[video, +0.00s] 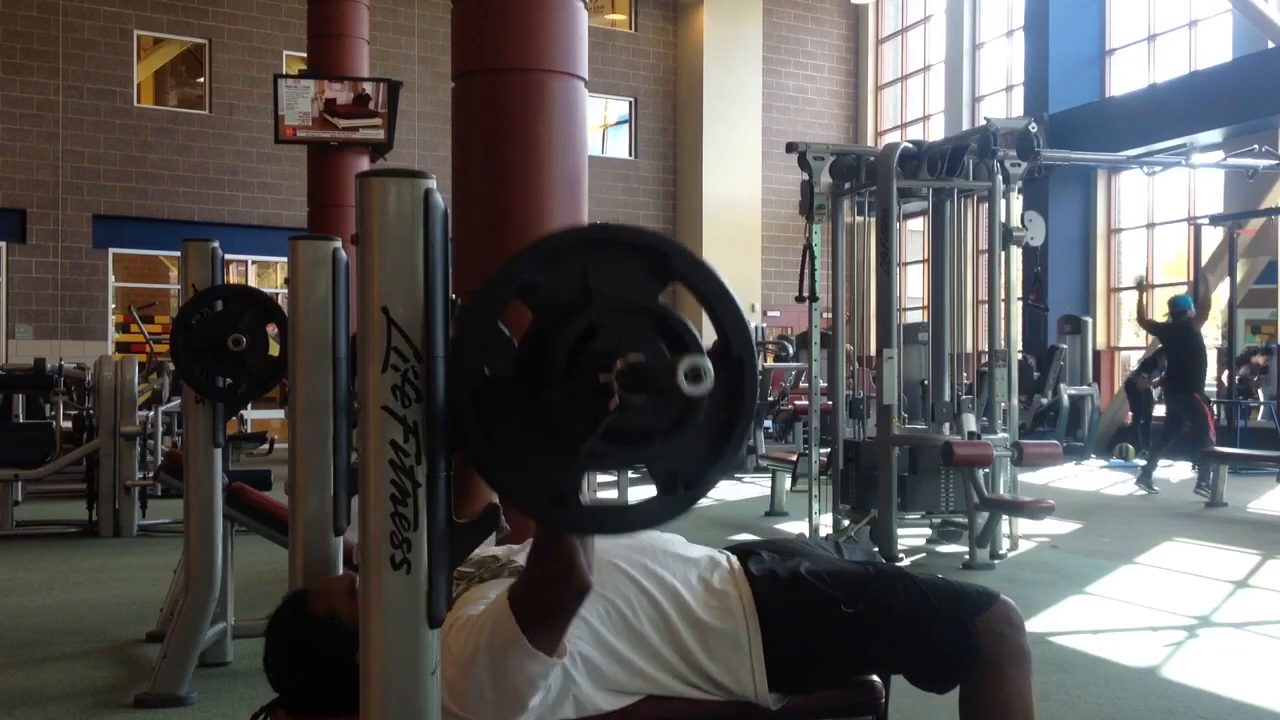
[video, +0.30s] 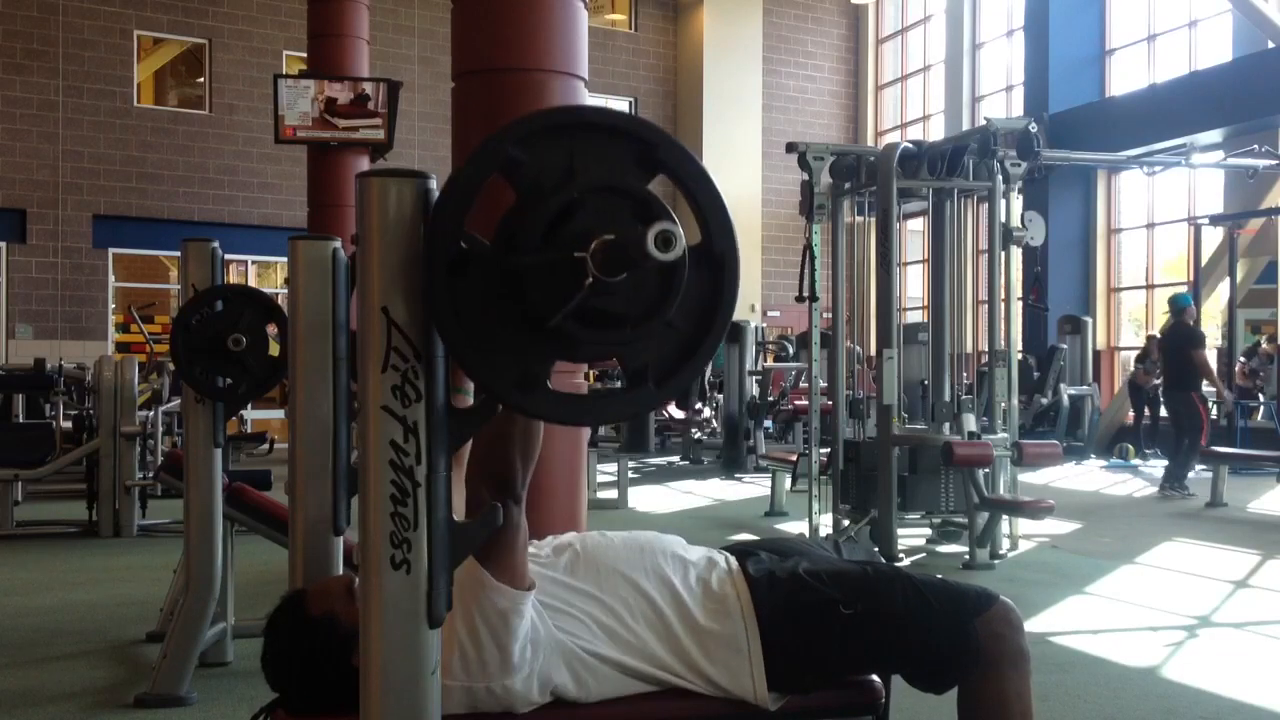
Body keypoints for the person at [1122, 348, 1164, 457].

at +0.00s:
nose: (1165, 362)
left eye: (1166, 359)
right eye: (1164, 358)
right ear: (1159, 356)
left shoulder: (1164, 366)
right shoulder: (1149, 363)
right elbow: (1141, 383)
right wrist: (1159, 381)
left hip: (1146, 386)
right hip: (1134, 385)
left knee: (1147, 417)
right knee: (1138, 417)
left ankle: (1148, 448)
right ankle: (1139, 449)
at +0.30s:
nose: (1153, 347)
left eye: (1155, 344)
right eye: (1151, 344)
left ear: (1158, 345)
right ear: (1147, 344)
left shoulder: (1161, 358)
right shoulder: (1141, 357)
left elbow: (1163, 375)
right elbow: (1139, 378)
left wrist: (1152, 381)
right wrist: (1154, 378)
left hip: (1153, 385)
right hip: (1137, 385)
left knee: (1155, 416)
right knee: (1139, 415)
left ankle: (1153, 446)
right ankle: (1140, 448)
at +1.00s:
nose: (1150, 334)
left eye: (1151, 331)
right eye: (1146, 331)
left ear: (1155, 331)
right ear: (1143, 333)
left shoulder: (1163, 346)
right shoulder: (1137, 348)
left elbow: (1170, 366)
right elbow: (1132, 367)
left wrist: (1161, 373)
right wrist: (1134, 374)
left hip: (1158, 382)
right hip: (1143, 383)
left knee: (1156, 417)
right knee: (1143, 416)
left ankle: (1156, 447)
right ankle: (1140, 446)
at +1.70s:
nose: (1157, 334)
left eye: (1158, 331)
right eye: (1154, 331)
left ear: (1160, 333)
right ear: (1147, 333)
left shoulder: (1160, 347)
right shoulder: (1142, 347)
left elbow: (1159, 363)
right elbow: (1134, 368)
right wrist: (1154, 370)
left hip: (1154, 384)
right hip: (1140, 383)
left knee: (1163, 413)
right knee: (1137, 416)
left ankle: (1164, 446)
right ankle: (1132, 445)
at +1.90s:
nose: (1166, 340)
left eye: (1167, 337)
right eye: (1164, 337)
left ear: (1168, 339)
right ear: (1160, 338)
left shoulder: (1170, 352)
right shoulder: (1153, 351)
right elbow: (1145, 372)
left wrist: (1171, 379)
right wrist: (1162, 379)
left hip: (1163, 387)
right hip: (1149, 386)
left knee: (1166, 416)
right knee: (1144, 415)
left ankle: (1168, 441)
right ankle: (1133, 440)